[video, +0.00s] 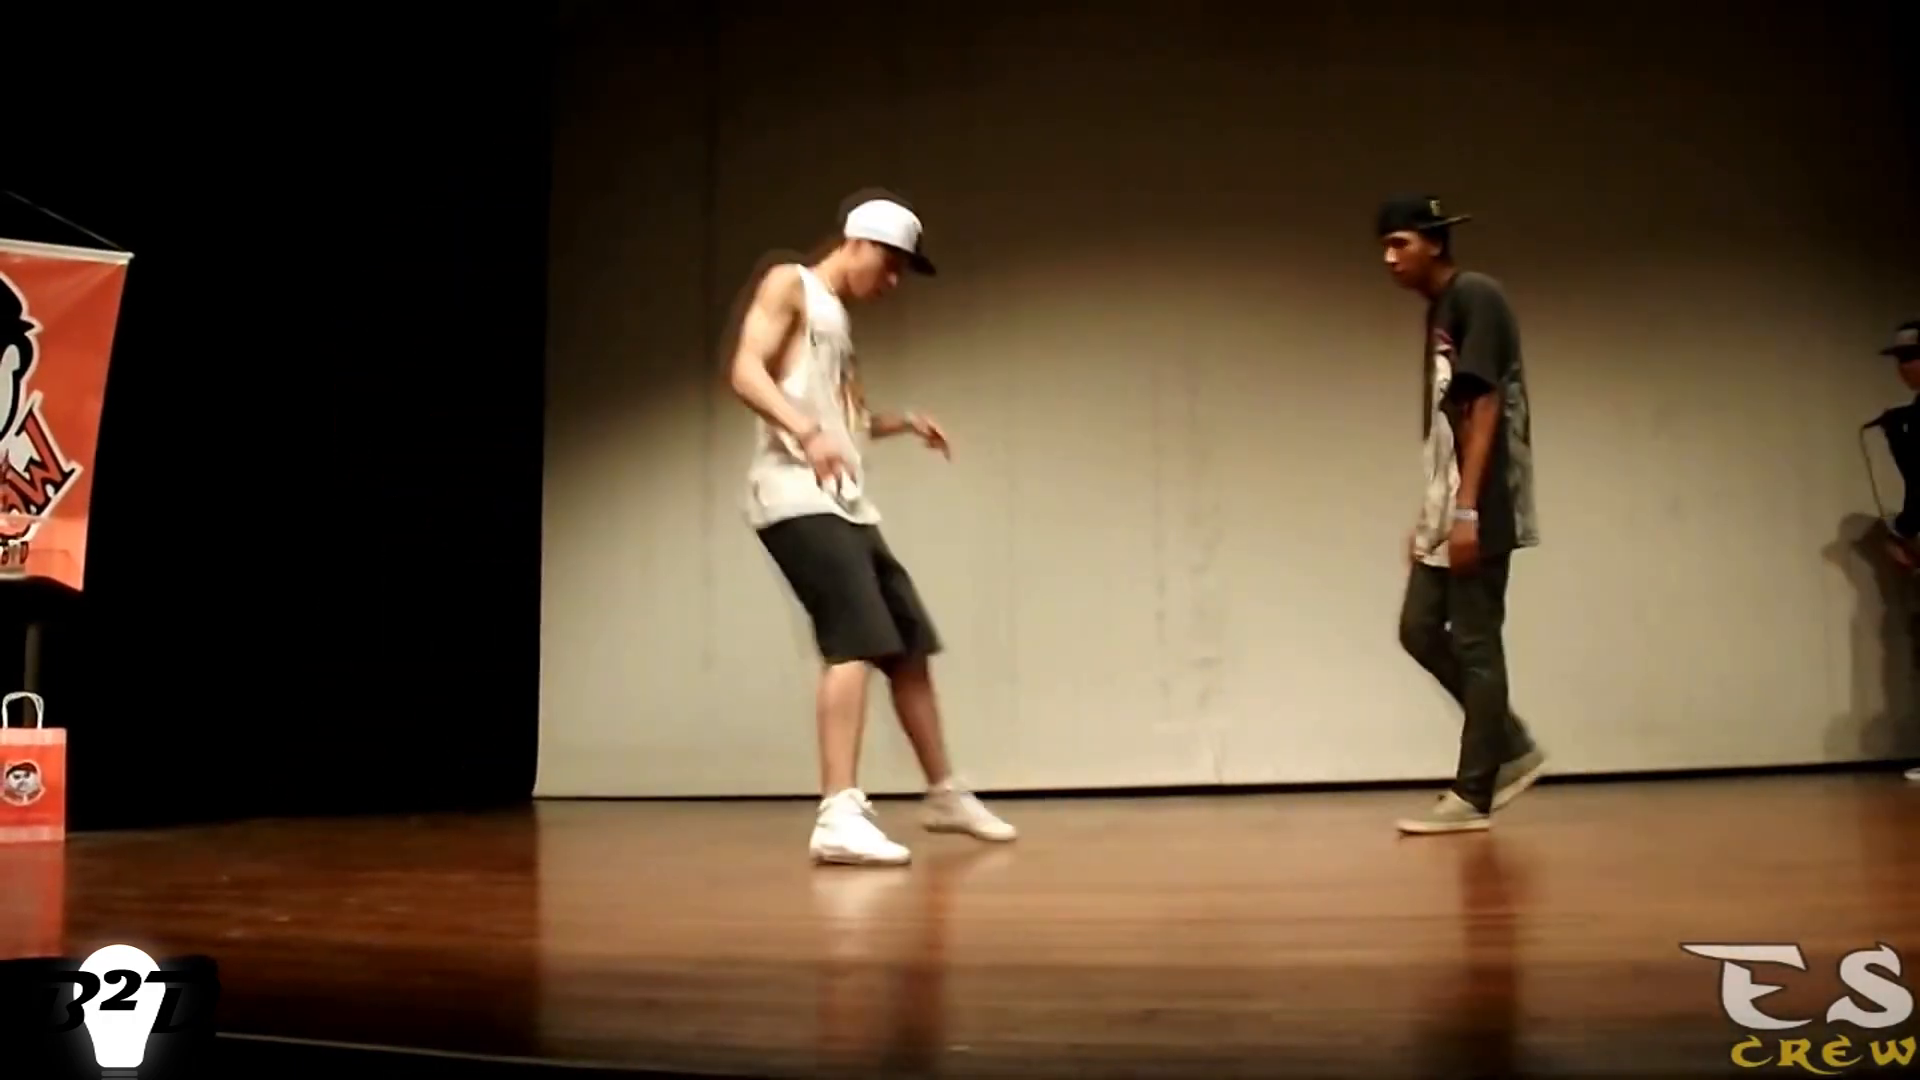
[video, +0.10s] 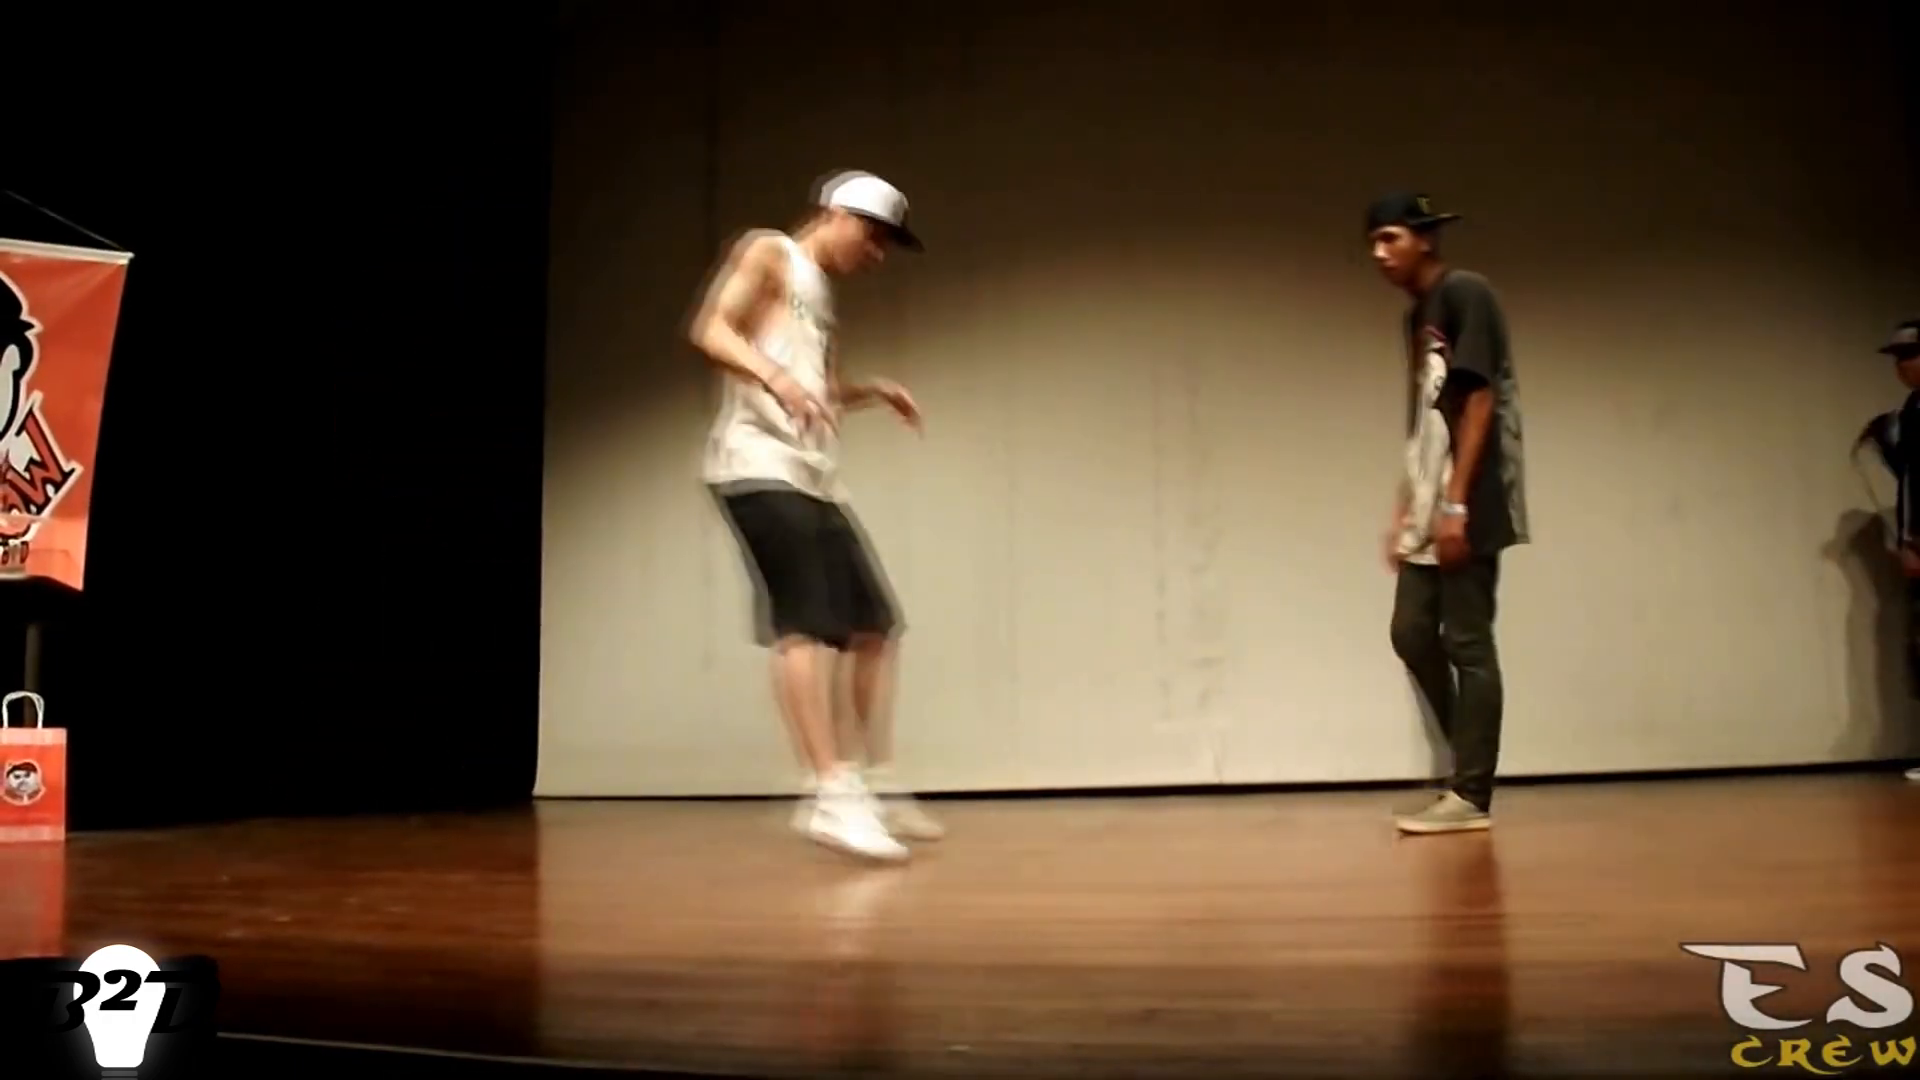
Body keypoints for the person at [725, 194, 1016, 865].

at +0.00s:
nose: (894, 282)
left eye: (902, 271)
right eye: (891, 264)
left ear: (877, 259)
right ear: (856, 241)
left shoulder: (835, 319)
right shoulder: (787, 282)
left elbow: (849, 421)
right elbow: (743, 372)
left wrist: (905, 423)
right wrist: (806, 432)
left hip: (844, 501)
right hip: (796, 497)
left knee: (907, 644)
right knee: (853, 639)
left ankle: (945, 795)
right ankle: (839, 811)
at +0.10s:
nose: (875, 255)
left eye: (883, 245)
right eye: (872, 237)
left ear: (856, 233)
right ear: (835, 213)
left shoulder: (815, 291)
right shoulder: (767, 250)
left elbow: (809, 394)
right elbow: (711, 328)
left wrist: (873, 392)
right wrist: (778, 379)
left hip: (808, 478)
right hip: (758, 469)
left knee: (874, 622)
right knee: (805, 624)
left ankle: (870, 783)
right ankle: (830, 793)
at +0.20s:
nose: (845, 249)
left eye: (853, 239)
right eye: (843, 231)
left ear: (828, 232)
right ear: (808, 211)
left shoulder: (785, 289)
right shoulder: (738, 250)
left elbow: (774, 402)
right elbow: (677, 331)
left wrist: (853, 390)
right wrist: (739, 365)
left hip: (763, 477)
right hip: (722, 470)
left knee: (829, 631)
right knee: (777, 621)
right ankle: (728, 790)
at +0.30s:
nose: (807, 271)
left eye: (815, 261)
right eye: (804, 253)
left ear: (798, 258)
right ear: (768, 236)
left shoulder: (757, 321)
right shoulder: (704, 284)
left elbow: (752, 433)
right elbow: (648, 359)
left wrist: (827, 416)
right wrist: (702, 382)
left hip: (729, 509)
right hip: (688, 502)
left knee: (783, 673)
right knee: (729, 648)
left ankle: (663, 787)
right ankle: (666, 813)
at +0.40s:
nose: (789, 267)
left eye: (797, 256)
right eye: (784, 249)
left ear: (768, 246)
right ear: (749, 230)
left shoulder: (723, 312)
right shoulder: (680, 270)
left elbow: (728, 419)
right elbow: (621, 341)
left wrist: (795, 421)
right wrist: (662, 372)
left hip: (690, 500)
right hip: (653, 494)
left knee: (713, 664)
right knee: (686, 652)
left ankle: (642, 797)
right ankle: (671, 810)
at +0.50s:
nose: (771, 250)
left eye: (780, 241)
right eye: (771, 233)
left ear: (753, 225)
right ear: (738, 207)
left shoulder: (705, 280)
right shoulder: (661, 239)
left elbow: (684, 374)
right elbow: (591, 309)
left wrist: (748, 387)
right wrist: (638, 345)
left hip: (662, 460)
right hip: (623, 451)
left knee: (663, 620)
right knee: (640, 612)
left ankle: (647, 772)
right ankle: (633, 775)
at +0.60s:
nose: (739, 257)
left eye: (749, 248)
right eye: (740, 240)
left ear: (737, 239)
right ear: (709, 215)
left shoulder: (686, 290)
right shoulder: (639, 243)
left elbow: (661, 384)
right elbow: (565, 315)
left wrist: (726, 388)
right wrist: (616, 344)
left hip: (640, 468)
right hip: (598, 457)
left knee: (652, 622)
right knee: (618, 607)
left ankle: (594, 773)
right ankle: (558, 765)